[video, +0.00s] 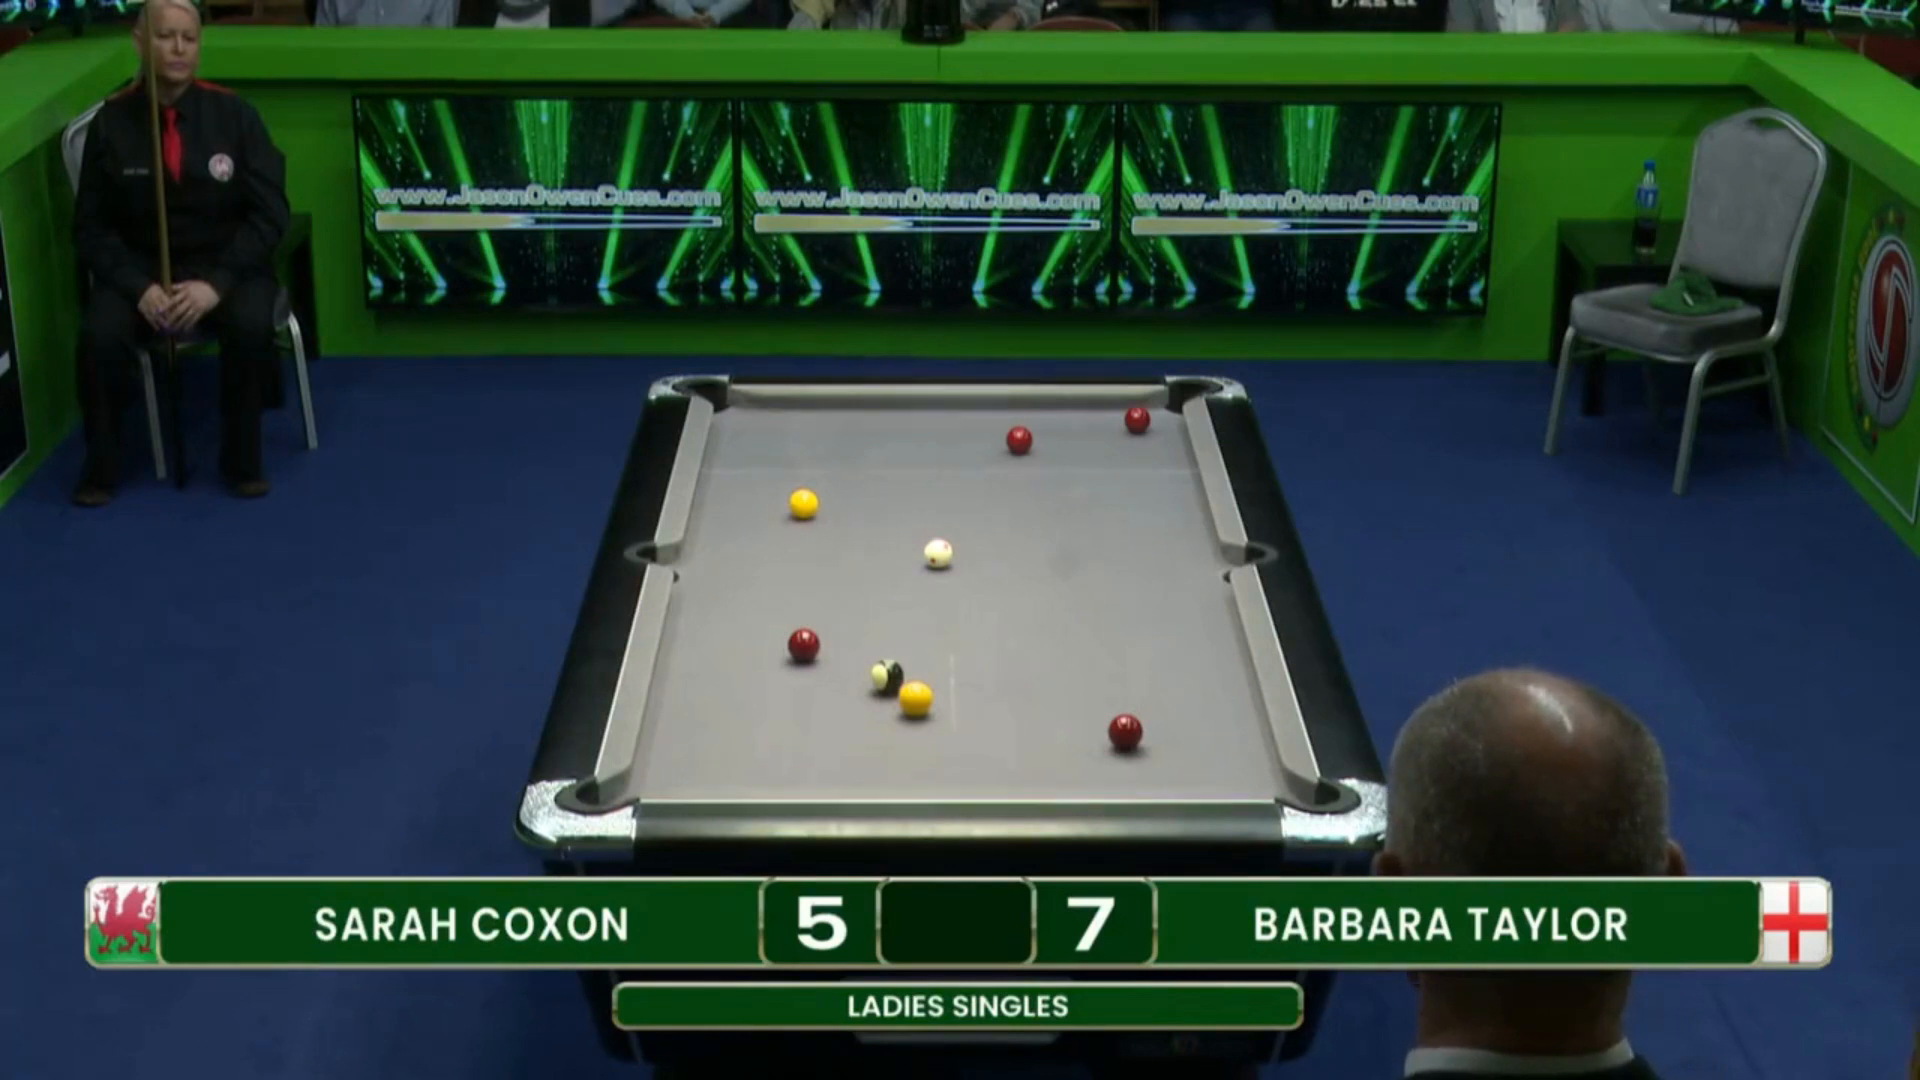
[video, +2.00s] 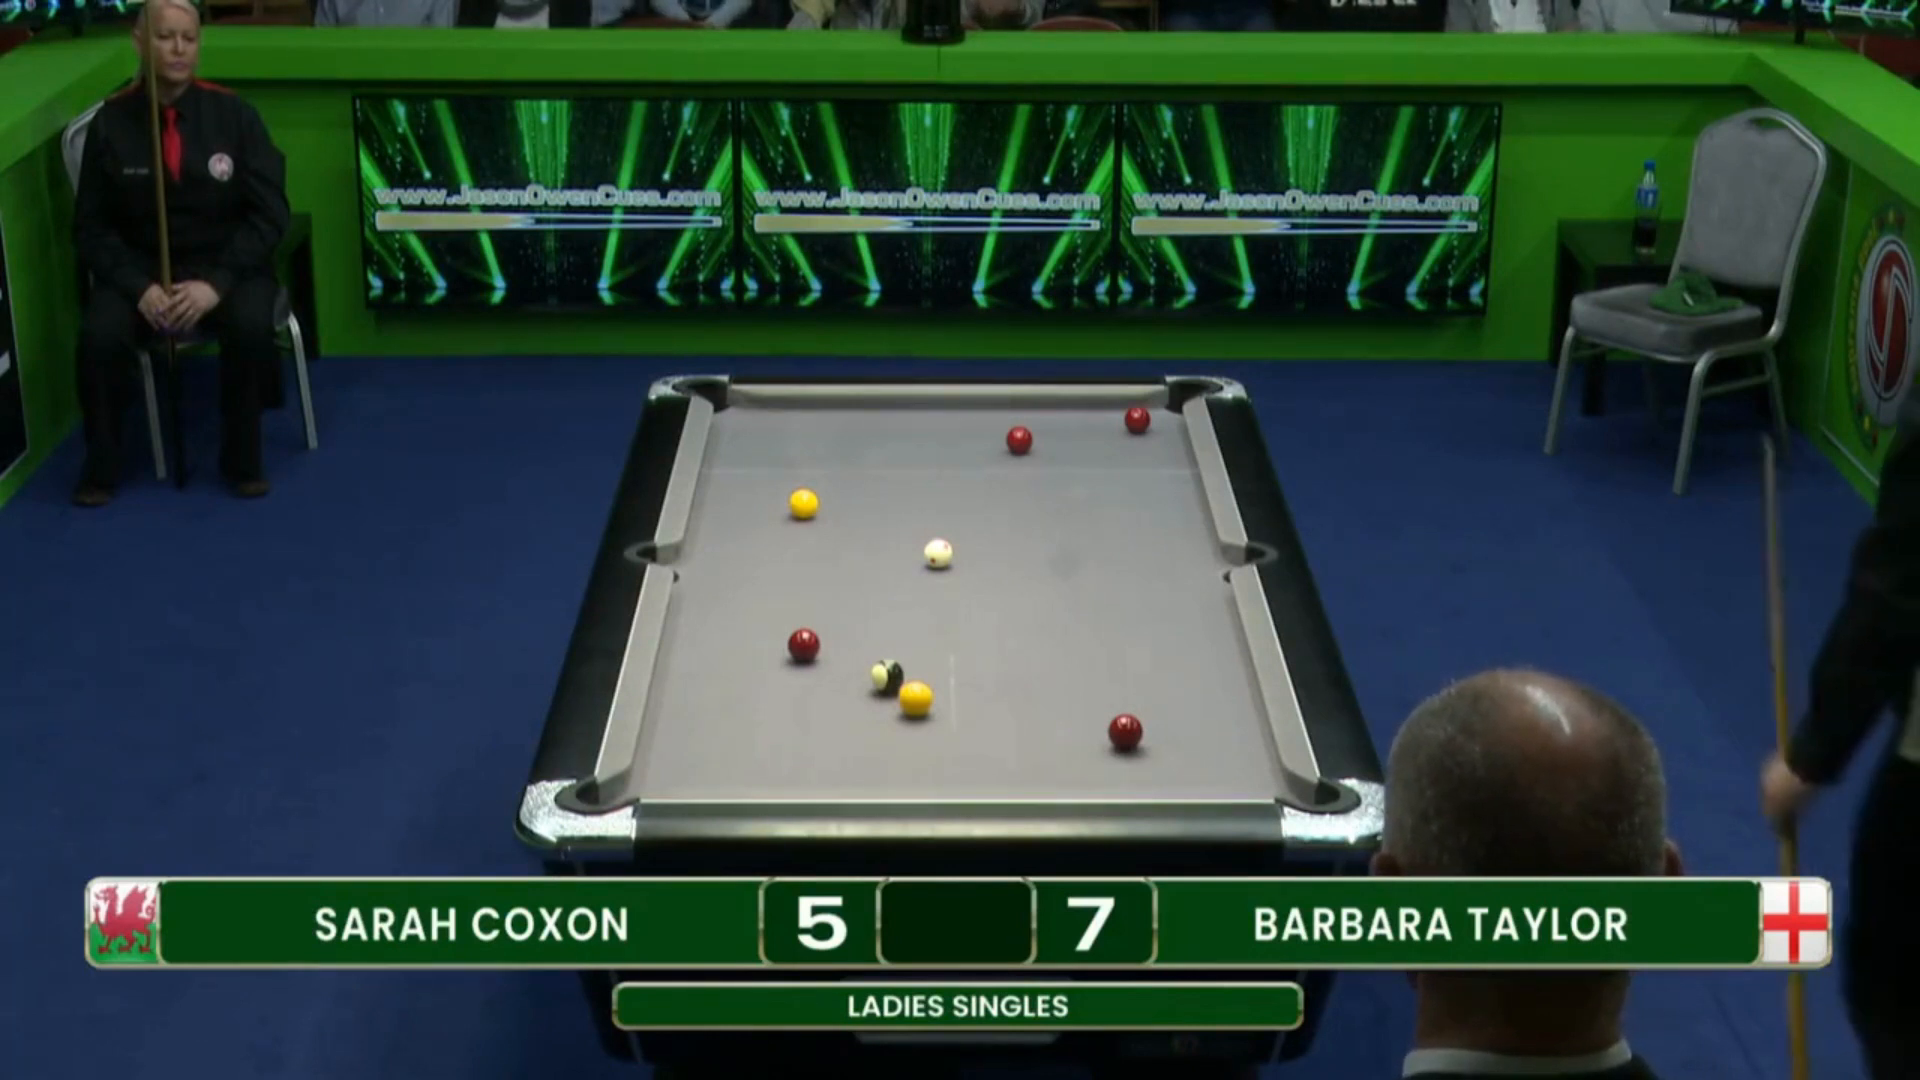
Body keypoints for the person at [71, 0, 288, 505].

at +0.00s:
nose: (179, 48)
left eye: (189, 38)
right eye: (165, 36)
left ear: (200, 44)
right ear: (141, 41)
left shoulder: (234, 115)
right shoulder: (112, 121)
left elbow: (269, 215)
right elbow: (90, 226)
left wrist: (214, 284)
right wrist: (140, 287)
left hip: (221, 267)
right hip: (139, 273)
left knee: (248, 328)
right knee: (101, 335)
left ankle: (243, 463)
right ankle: (101, 469)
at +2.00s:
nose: (179, 49)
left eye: (189, 38)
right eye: (165, 37)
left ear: (199, 44)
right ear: (140, 42)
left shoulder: (234, 116)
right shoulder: (111, 122)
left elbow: (269, 215)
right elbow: (90, 226)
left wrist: (214, 284)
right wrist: (140, 287)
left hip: (221, 267)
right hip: (138, 274)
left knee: (248, 328)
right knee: (101, 336)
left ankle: (243, 463)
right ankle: (101, 469)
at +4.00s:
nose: (181, 49)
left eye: (190, 38)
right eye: (167, 37)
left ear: (199, 44)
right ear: (140, 41)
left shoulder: (234, 116)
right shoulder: (111, 121)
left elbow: (268, 215)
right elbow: (90, 227)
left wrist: (214, 283)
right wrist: (141, 286)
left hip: (221, 267)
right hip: (139, 273)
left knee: (248, 327)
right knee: (100, 334)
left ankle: (243, 462)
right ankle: (101, 468)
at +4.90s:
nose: (180, 49)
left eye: (189, 38)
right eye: (166, 37)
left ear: (199, 44)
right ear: (141, 42)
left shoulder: (234, 115)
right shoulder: (110, 122)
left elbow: (269, 214)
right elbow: (90, 226)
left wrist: (214, 283)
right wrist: (140, 286)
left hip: (220, 267)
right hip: (138, 273)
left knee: (249, 328)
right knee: (100, 334)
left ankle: (243, 462)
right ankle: (102, 466)